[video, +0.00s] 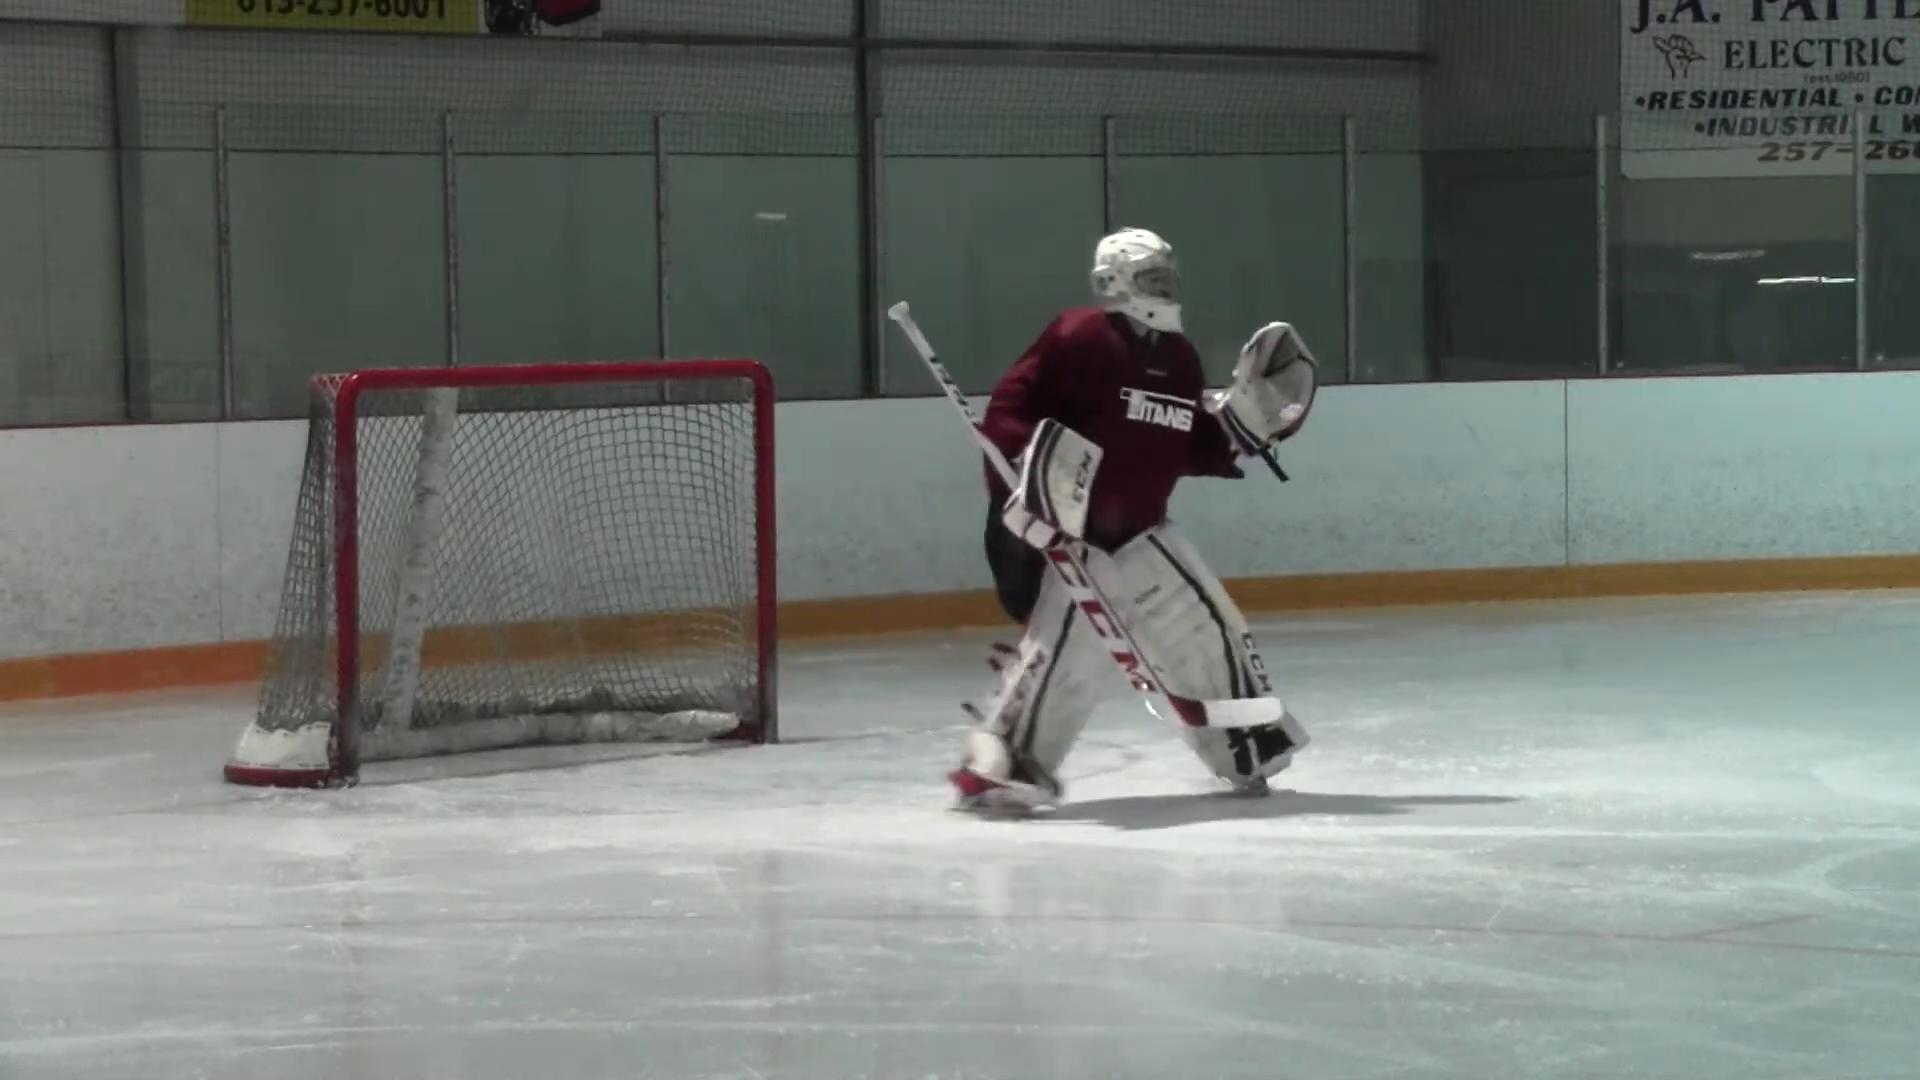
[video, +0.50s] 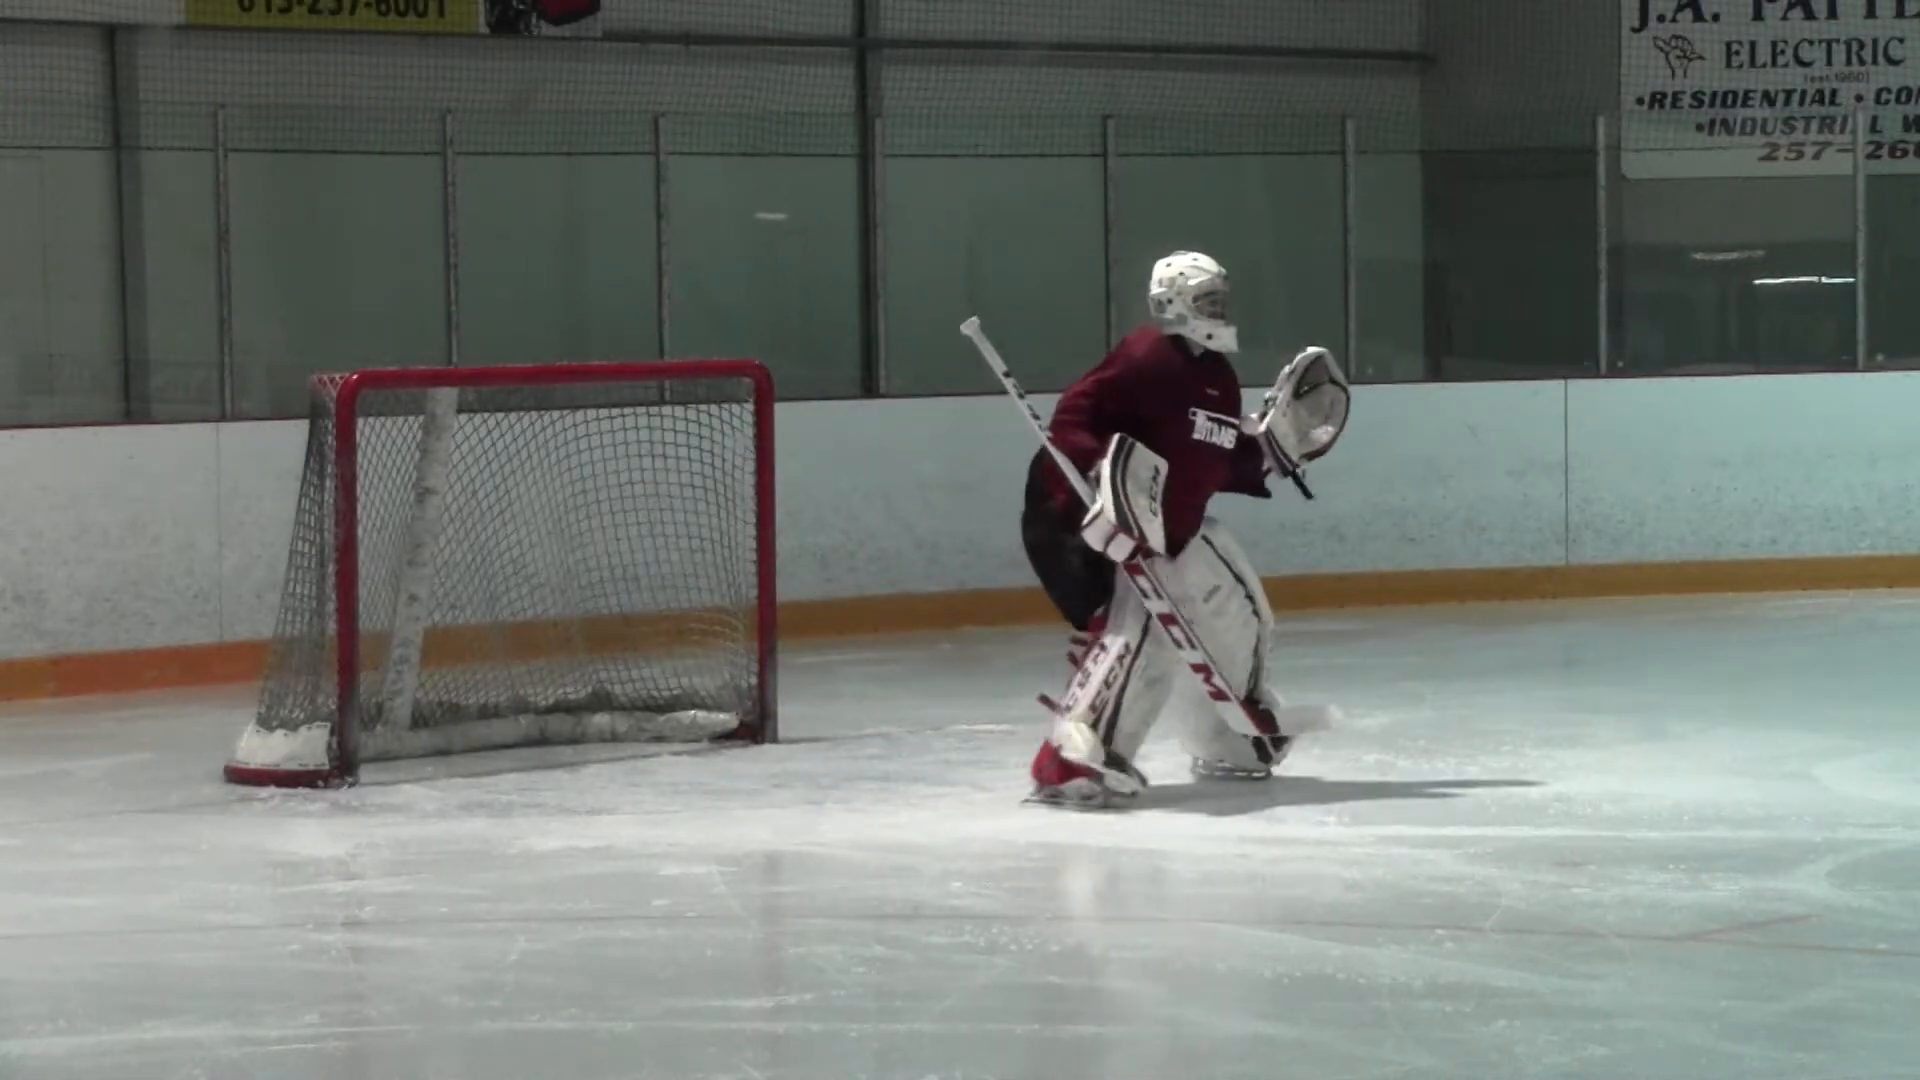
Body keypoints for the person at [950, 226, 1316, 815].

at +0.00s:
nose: (1163, 285)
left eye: (1167, 274)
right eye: (1148, 276)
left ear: (1174, 278)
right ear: (1112, 282)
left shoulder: (1180, 357)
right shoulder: (1079, 336)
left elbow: (1180, 446)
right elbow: (1001, 417)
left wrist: (1244, 423)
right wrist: (1053, 469)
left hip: (1144, 538)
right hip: (1071, 540)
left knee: (1205, 628)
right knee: (1064, 658)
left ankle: (1246, 754)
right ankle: (1004, 771)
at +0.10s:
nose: (1179, 289)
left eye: (1182, 278)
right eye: (1164, 279)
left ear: (1188, 283)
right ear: (1128, 286)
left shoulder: (1188, 361)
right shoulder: (1094, 337)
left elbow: (1186, 450)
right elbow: (1016, 414)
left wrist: (1249, 433)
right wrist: (1060, 467)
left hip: (1146, 523)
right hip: (1073, 518)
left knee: (1203, 614)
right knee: (1096, 625)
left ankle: (1237, 739)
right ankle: (1042, 757)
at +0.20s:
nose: (1184, 298)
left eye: (1188, 288)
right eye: (1170, 288)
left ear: (1194, 291)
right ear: (1135, 293)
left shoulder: (1190, 367)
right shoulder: (1103, 344)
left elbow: (1183, 456)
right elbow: (1027, 420)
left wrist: (1250, 442)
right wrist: (1077, 474)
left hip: (1133, 523)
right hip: (1049, 517)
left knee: (1199, 610)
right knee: (1108, 627)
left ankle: (1237, 736)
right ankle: (1043, 758)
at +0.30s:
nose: (1194, 306)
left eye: (1198, 295)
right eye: (1180, 297)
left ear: (1202, 298)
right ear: (1144, 302)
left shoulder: (1195, 374)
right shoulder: (1115, 351)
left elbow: (1187, 463)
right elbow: (1040, 429)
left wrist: (1252, 449)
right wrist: (1087, 485)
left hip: (1150, 531)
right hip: (1066, 527)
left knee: (1218, 615)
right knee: (1111, 638)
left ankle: (1232, 750)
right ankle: (1038, 764)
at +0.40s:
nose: (1207, 311)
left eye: (1210, 299)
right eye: (1194, 301)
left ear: (1213, 301)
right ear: (1159, 306)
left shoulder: (1208, 377)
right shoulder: (1131, 356)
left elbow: (1199, 464)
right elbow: (1055, 432)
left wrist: (1264, 448)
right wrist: (1106, 483)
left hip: (1155, 540)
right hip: (1072, 534)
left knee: (1228, 609)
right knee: (1125, 634)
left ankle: (1223, 745)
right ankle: (1047, 762)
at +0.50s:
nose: (1220, 309)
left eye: (1221, 299)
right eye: (1206, 301)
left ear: (1221, 302)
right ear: (1172, 308)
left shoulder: (1218, 376)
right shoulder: (1147, 358)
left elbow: (1204, 462)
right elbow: (1068, 420)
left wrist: (1274, 447)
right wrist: (1115, 480)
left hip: (1165, 530)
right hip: (1086, 525)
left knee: (1230, 610)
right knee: (1140, 632)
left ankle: (1231, 741)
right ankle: (1078, 757)